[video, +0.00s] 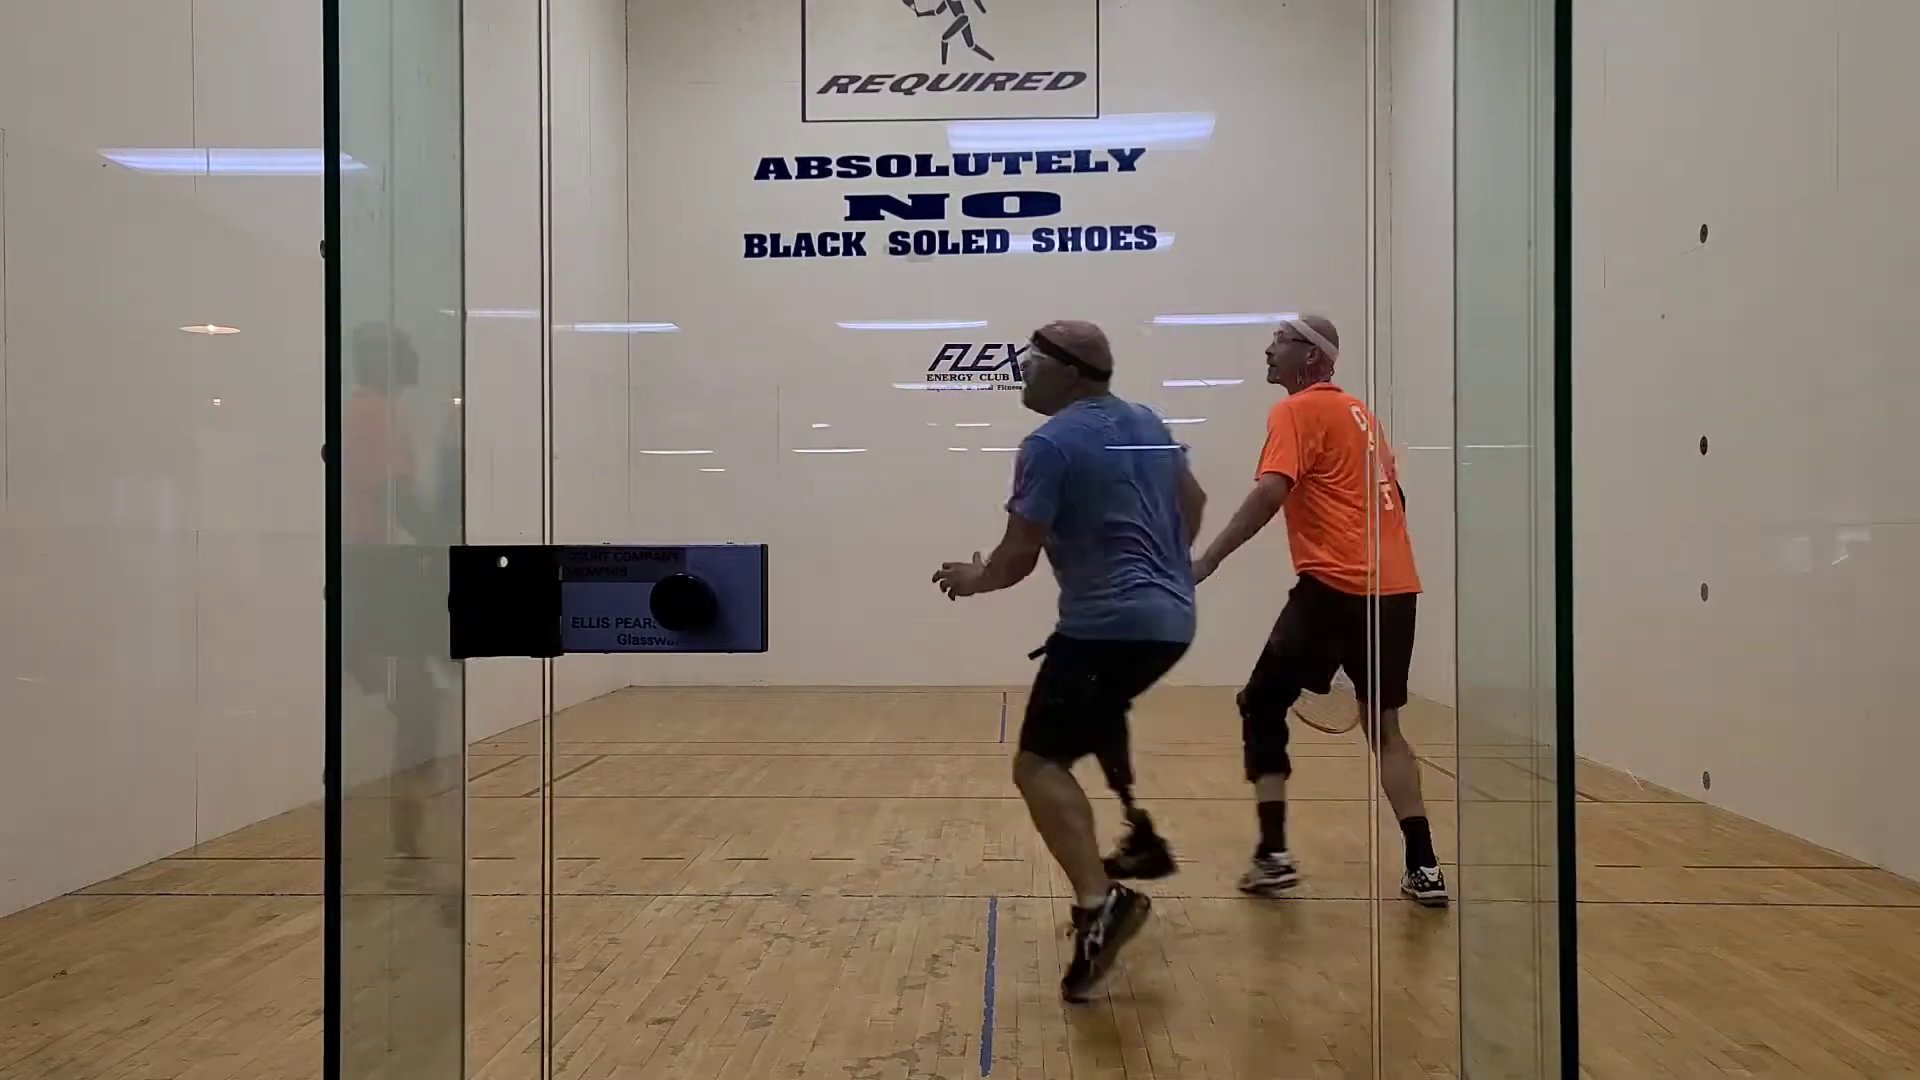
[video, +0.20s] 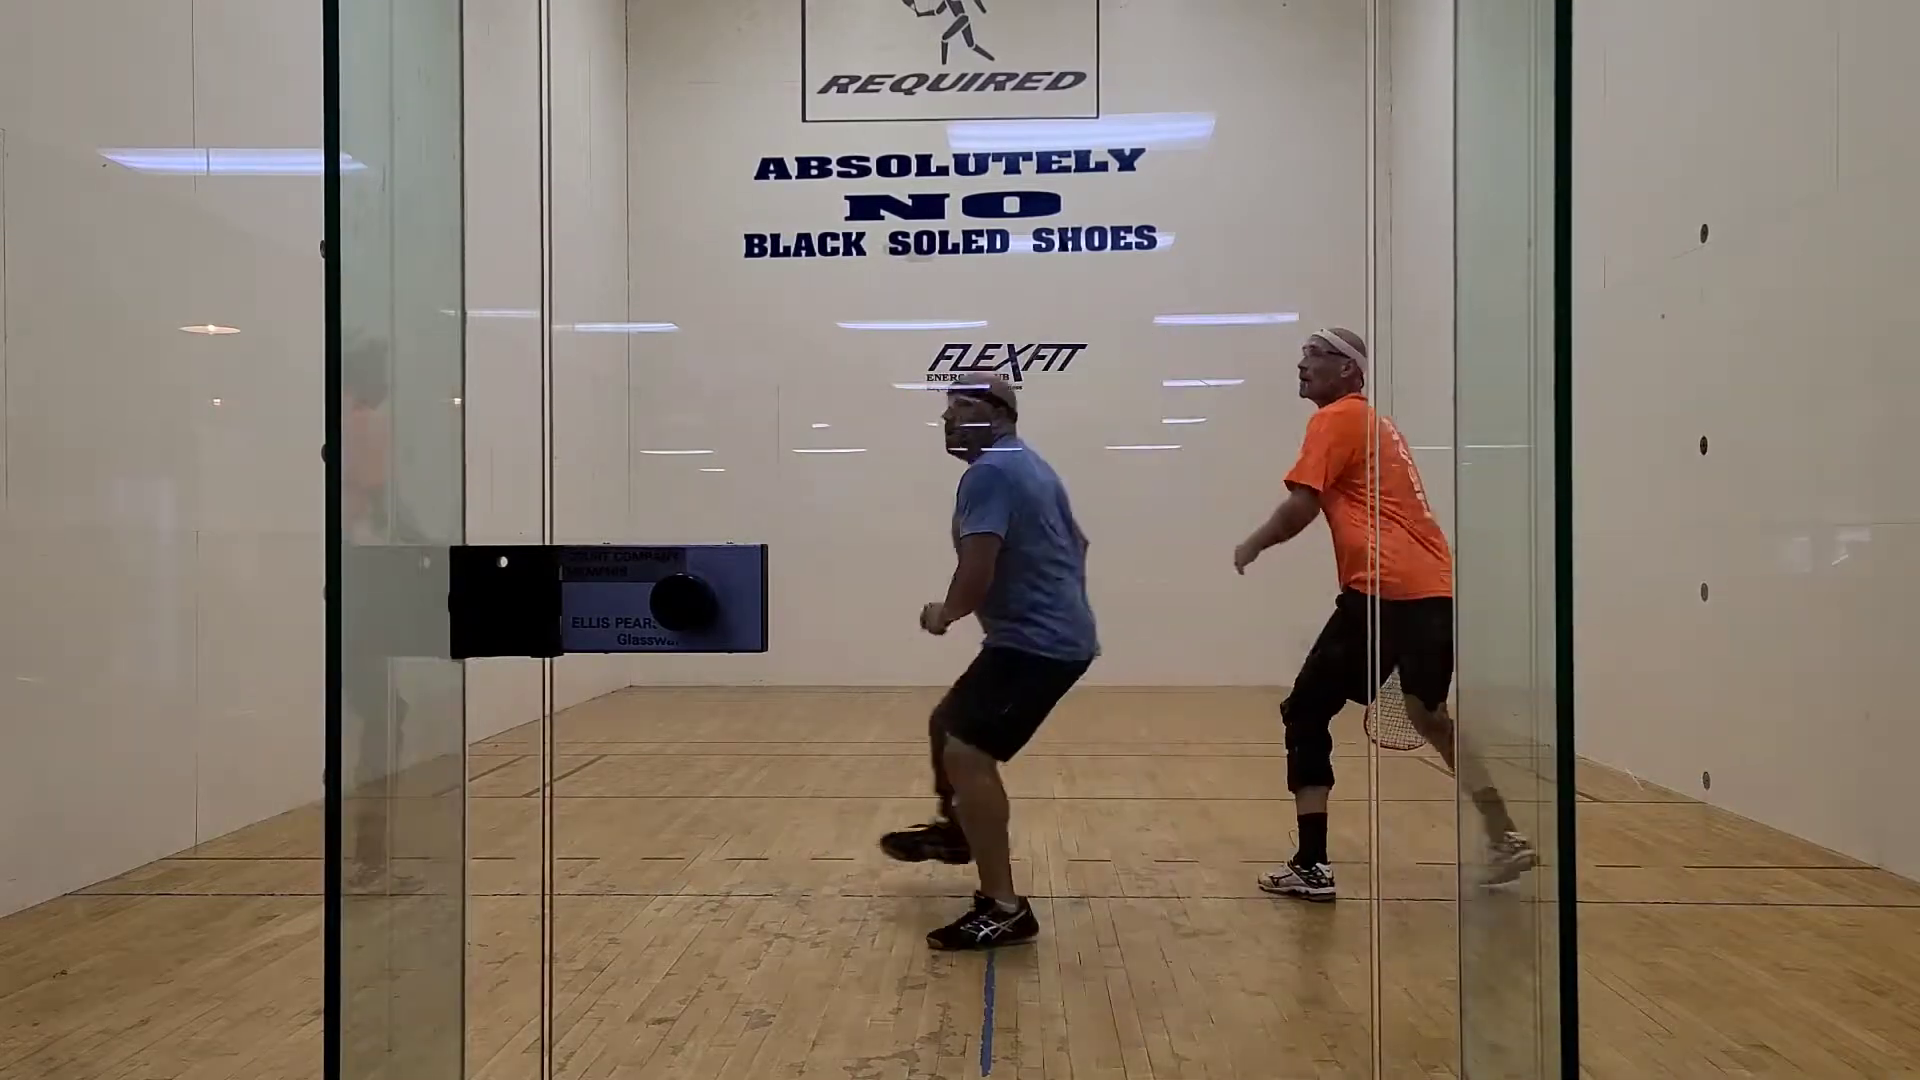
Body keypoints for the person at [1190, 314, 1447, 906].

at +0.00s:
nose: (1268, 353)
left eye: (1278, 343)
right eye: (1272, 343)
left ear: (1314, 356)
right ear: (1323, 360)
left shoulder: (1295, 409)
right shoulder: (1364, 414)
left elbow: (1270, 492)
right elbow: (1393, 498)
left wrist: (1206, 558)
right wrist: (1366, 562)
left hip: (1330, 588)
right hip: (1395, 592)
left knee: (1262, 704)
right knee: (1384, 722)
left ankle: (1272, 853)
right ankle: (1423, 865)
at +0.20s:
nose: (1301, 366)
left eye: (1313, 356)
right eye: (1303, 356)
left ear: (1349, 369)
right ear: (1353, 373)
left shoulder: (1333, 419)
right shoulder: (1383, 424)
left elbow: (1301, 506)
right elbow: (1399, 508)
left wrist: (1253, 543)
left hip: (1379, 595)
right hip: (1437, 593)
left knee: (1304, 711)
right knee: (1428, 713)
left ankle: (1312, 864)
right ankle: (1506, 838)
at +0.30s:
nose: (1335, 375)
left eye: (1345, 366)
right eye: (1337, 365)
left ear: (1376, 373)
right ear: (1383, 377)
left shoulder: (1376, 425)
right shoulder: (1410, 429)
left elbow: (1362, 520)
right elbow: (1424, 520)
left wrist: (1308, 564)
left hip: (1403, 608)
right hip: (1451, 608)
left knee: (1319, 713)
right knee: (1467, 728)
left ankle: (1311, 864)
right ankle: (1579, 841)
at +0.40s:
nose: (1380, 381)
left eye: (1392, 372)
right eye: (1381, 372)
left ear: (1425, 383)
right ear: (1427, 386)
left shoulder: (1425, 432)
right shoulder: (1445, 433)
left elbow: (1442, 518)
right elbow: (1459, 526)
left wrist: (1379, 584)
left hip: (1445, 618)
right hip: (1489, 617)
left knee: (1348, 711)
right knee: (1513, 740)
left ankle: (1313, 862)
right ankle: (1625, 858)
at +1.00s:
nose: (1320, 387)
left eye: (1328, 377)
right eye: (1322, 377)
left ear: (1358, 380)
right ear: (1373, 383)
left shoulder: (1368, 427)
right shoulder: (1410, 432)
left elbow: (1351, 510)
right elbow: (1459, 515)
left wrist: (1294, 574)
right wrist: (1464, 587)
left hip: (1430, 605)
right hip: (1478, 605)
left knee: (1358, 721)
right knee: (1505, 727)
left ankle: (1409, 875)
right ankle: (1613, 844)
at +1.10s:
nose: (1283, 384)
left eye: (1290, 373)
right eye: (1284, 374)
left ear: (1318, 374)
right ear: (1335, 375)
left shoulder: (1326, 422)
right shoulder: (1376, 425)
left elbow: (1313, 510)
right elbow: (1431, 507)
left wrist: (1254, 568)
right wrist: (1454, 584)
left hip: (1396, 592)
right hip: (1438, 588)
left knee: (1349, 727)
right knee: (1433, 722)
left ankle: (1409, 878)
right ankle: (1556, 817)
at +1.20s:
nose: (1254, 378)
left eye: (1257, 367)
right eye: (1255, 367)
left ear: (1277, 366)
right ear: (1306, 366)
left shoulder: (1282, 417)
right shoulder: (1356, 417)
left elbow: (1270, 510)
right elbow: (1404, 495)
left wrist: (1233, 556)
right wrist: (1432, 572)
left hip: (1364, 586)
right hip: (1407, 579)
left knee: (1344, 727)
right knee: (1366, 708)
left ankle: (1408, 875)